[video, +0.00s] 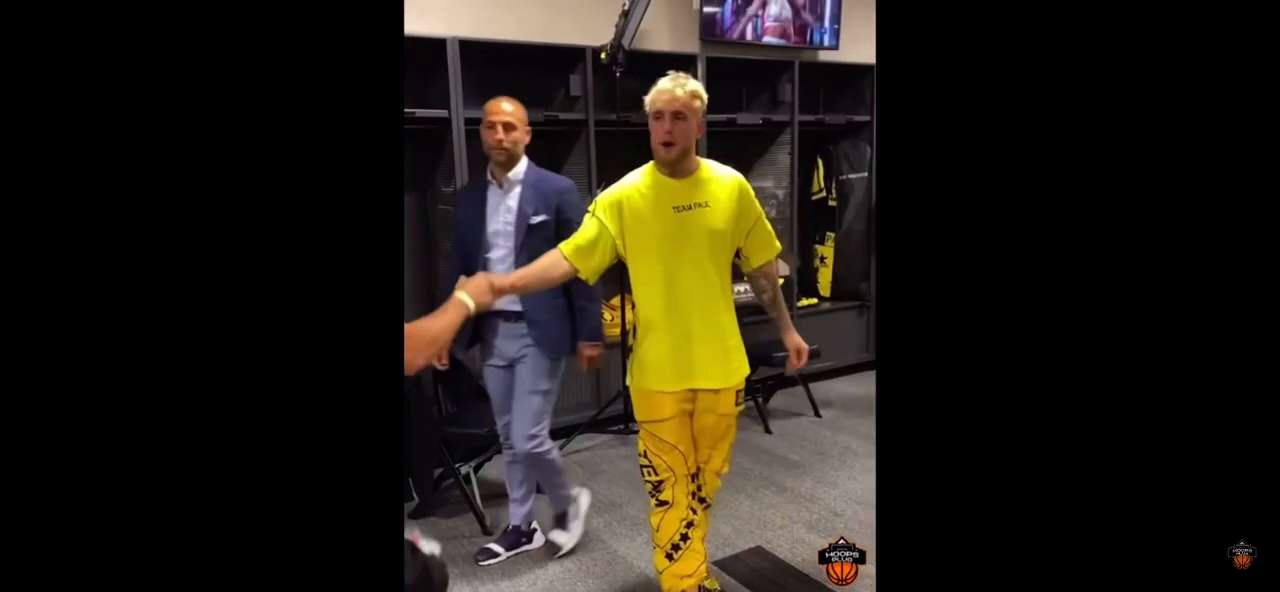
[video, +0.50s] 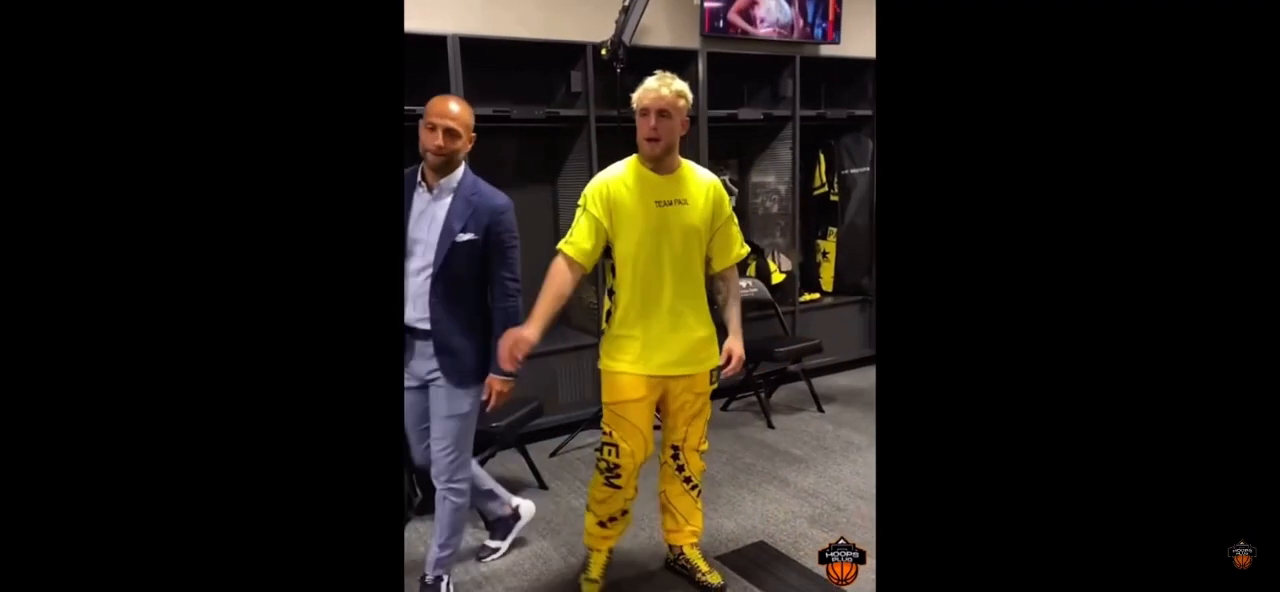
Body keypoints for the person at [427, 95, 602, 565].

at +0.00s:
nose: (499, 135)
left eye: (509, 128)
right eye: (492, 128)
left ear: (527, 135)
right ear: (481, 135)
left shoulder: (557, 191)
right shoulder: (470, 197)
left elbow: (582, 266)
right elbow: (462, 269)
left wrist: (590, 333)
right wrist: (444, 334)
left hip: (540, 327)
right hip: (491, 328)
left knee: (529, 440)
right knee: (509, 439)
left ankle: (568, 500)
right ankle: (520, 527)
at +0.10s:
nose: (481, 135)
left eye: (491, 128)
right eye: (474, 127)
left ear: (510, 135)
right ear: (463, 134)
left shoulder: (540, 191)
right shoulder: (450, 194)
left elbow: (563, 270)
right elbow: (435, 265)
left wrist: (569, 335)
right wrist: (424, 332)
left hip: (522, 329)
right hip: (469, 330)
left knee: (509, 443)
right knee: (500, 441)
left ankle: (511, 545)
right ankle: (524, 521)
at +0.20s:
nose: (467, 139)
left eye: (477, 131)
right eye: (459, 130)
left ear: (495, 137)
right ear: (447, 135)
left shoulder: (525, 196)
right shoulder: (431, 197)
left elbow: (547, 275)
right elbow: (420, 267)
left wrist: (546, 344)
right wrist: (415, 332)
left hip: (506, 336)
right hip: (453, 335)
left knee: (487, 448)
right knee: (489, 439)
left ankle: (456, 564)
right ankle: (518, 522)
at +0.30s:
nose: (453, 142)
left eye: (465, 134)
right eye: (446, 132)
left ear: (482, 141)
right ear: (434, 136)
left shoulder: (511, 202)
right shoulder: (415, 199)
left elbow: (532, 286)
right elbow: (411, 273)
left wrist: (526, 354)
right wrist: (408, 346)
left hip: (487, 344)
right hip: (433, 341)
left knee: (463, 459)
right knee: (479, 442)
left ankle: (438, 567)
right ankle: (516, 522)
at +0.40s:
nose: (444, 143)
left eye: (456, 136)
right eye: (436, 132)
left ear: (473, 143)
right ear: (425, 135)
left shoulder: (498, 207)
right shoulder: (409, 196)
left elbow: (518, 290)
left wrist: (512, 362)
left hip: (469, 351)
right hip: (417, 346)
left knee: (454, 464)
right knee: (457, 445)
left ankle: (433, 573)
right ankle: (515, 518)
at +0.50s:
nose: (439, 140)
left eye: (452, 133)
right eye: (432, 128)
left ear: (469, 141)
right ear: (420, 130)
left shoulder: (491, 207)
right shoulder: (406, 191)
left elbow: (506, 292)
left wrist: (503, 365)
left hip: (456, 351)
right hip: (408, 345)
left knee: (450, 468)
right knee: (425, 455)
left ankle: (436, 573)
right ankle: (504, 511)